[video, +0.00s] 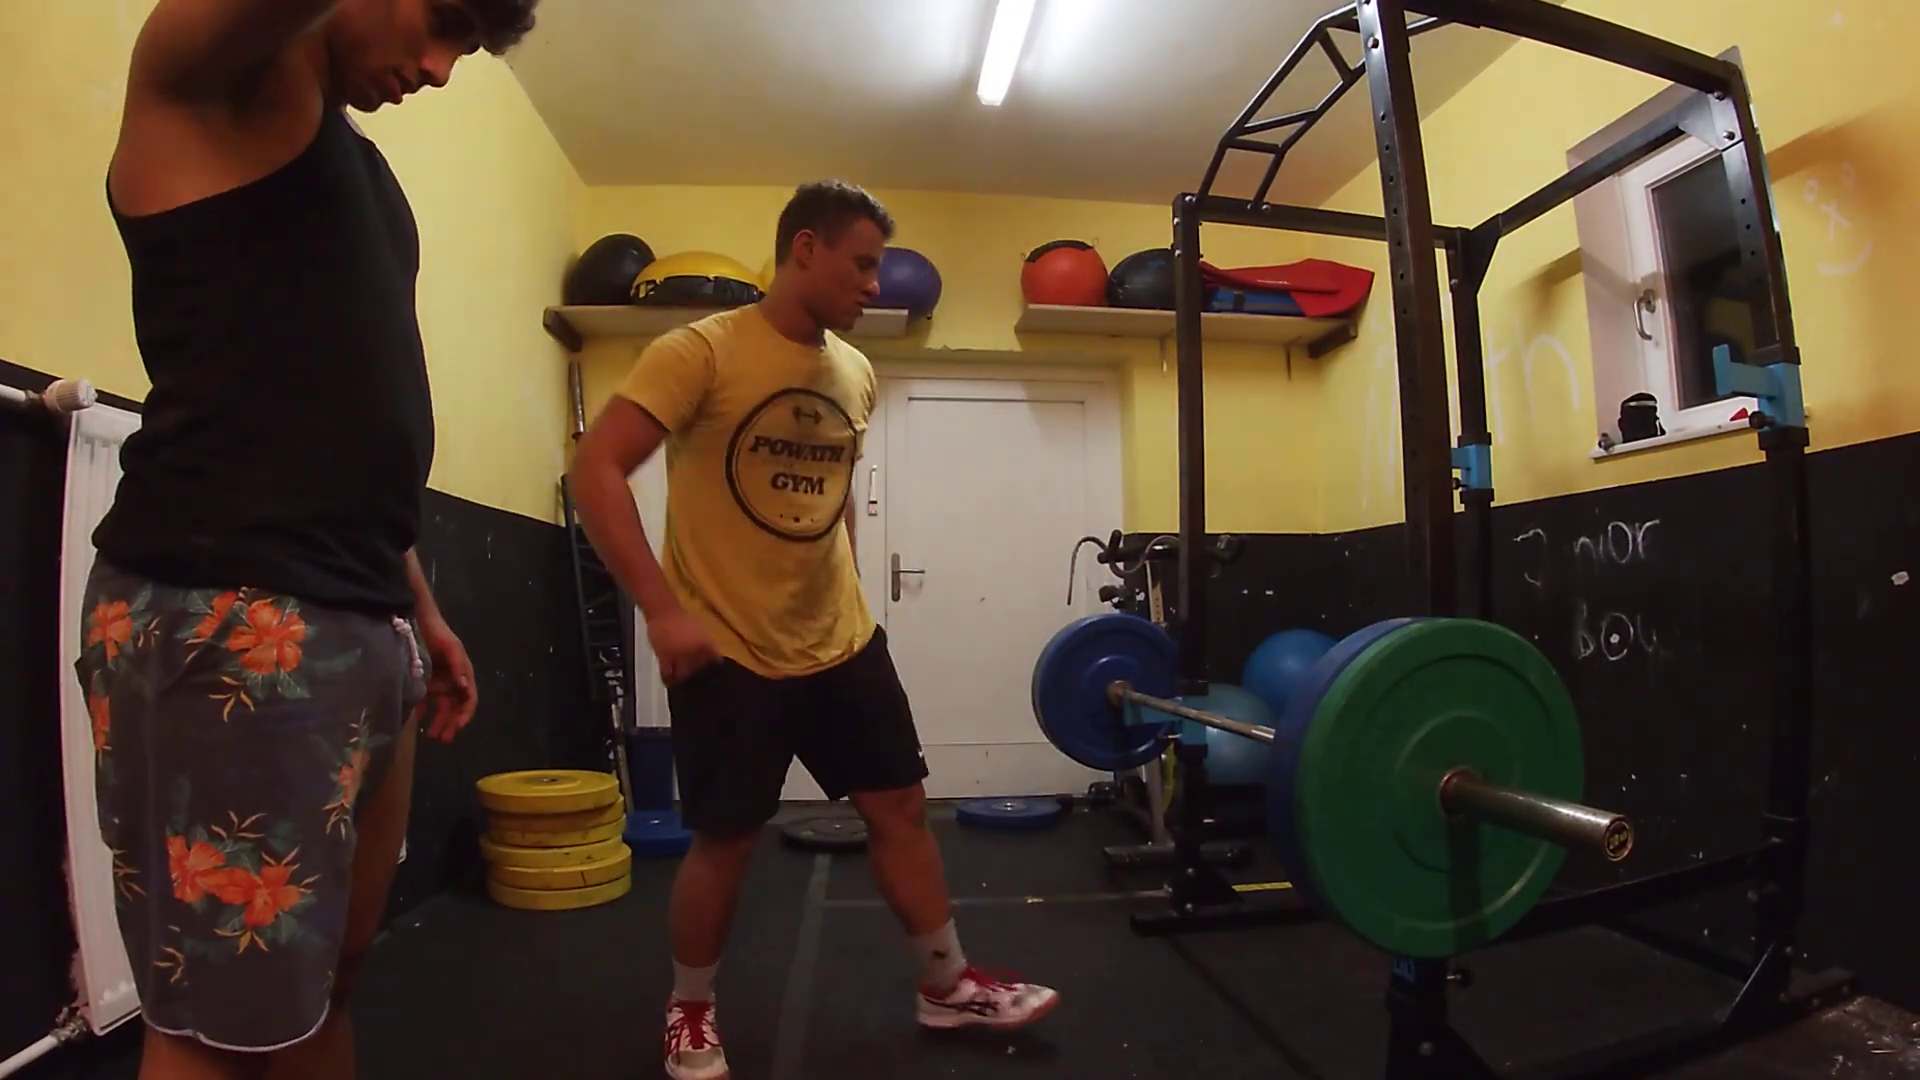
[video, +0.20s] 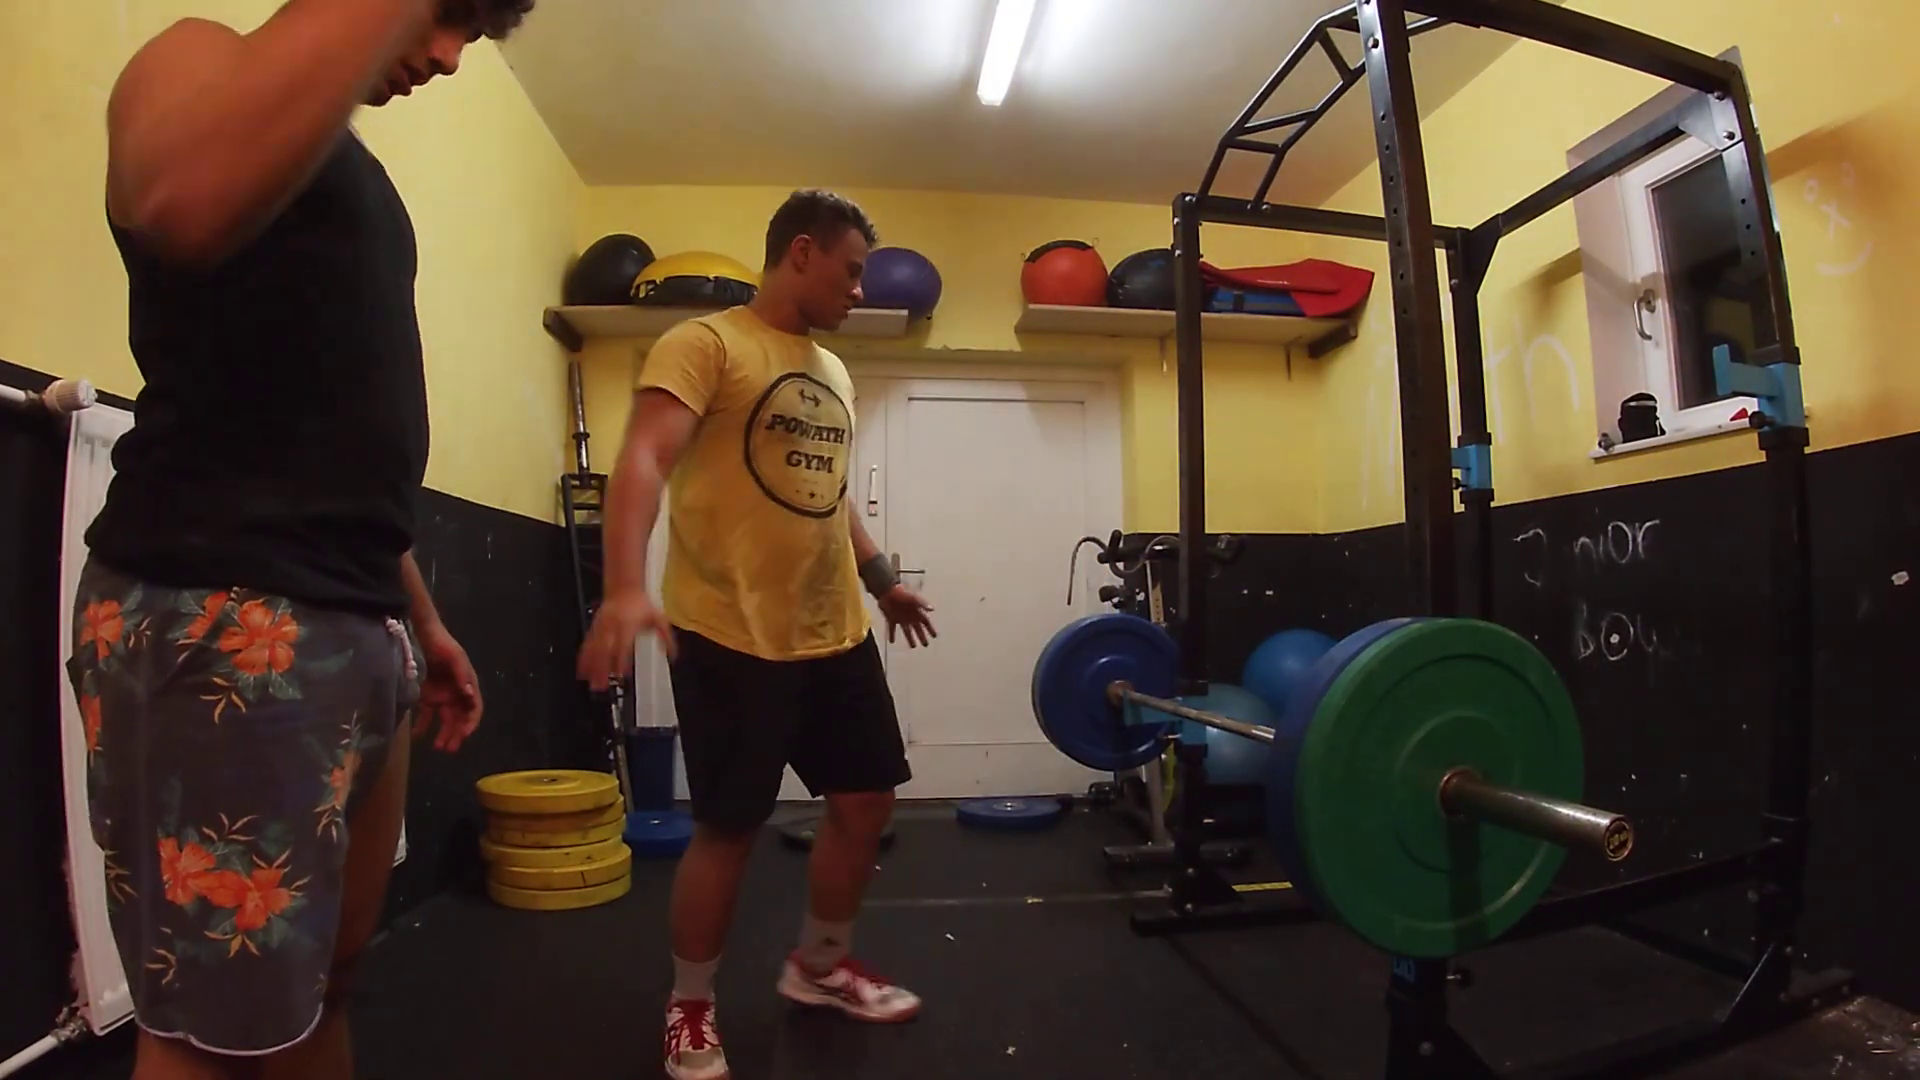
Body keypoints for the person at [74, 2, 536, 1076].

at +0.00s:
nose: (440, 71)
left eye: (463, 54)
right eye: (444, 30)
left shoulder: (353, 158)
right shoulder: (208, 76)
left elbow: (344, 401)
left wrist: (414, 600)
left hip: (357, 618)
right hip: (229, 616)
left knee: (323, 999)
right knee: (217, 1032)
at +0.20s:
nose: (453, 60)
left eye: (475, 40)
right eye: (458, 21)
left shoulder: (350, 163)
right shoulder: (196, 59)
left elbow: (333, 417)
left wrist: (415, 611)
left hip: (356, 619)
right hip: (223, 616)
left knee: (324, 993)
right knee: (214, 1036)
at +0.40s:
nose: (461, 43)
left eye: (476, 22)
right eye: (463, 9)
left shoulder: (336, 141)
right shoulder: (186, 73)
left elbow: (299, 407)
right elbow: (59, 339)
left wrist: (382, 597)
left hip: (330, 619)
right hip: (189, 620)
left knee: (316, 1003)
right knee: (199, 1035)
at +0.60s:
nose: (461, 21)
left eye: (471, 5)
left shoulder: (330, 115)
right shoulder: (169, 38)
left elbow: (297, 404)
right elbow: (9, 325)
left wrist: (365, 614)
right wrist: (17, 704)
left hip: (321, 638)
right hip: (184, 639)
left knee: (320, 1004)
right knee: (180, 1047)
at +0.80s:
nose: (445, 7)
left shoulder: (304, 89)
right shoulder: (147, 21)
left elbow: (261, 384)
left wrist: (330, 595)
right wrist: (10, 712)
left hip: (292, 627)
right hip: (145, 638)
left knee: (323, 997)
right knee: (160, 1049)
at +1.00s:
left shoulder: (276, 88)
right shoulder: (127, 16)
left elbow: (224, 385)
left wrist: (306, 618)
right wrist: (66, 650)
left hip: (285, 633)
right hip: (145, 646)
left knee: (325, 997)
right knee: (166, 1056)